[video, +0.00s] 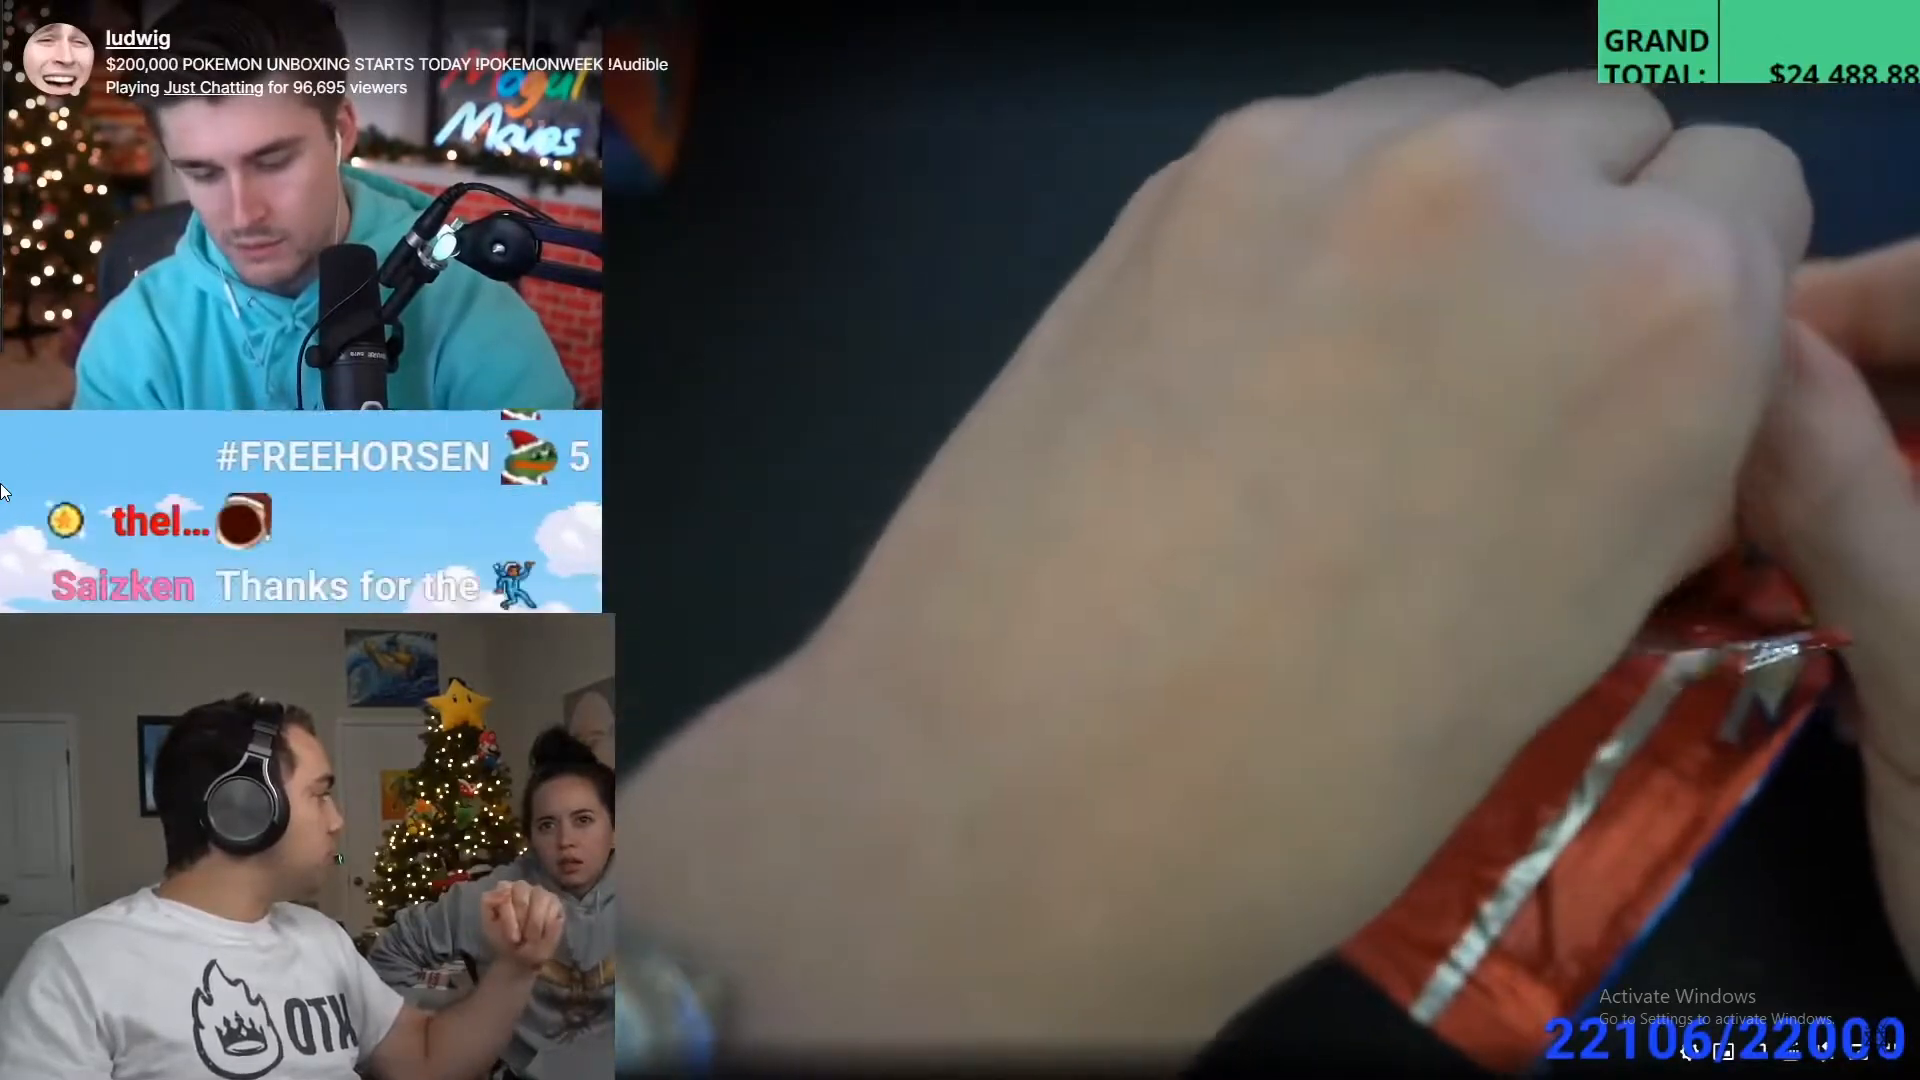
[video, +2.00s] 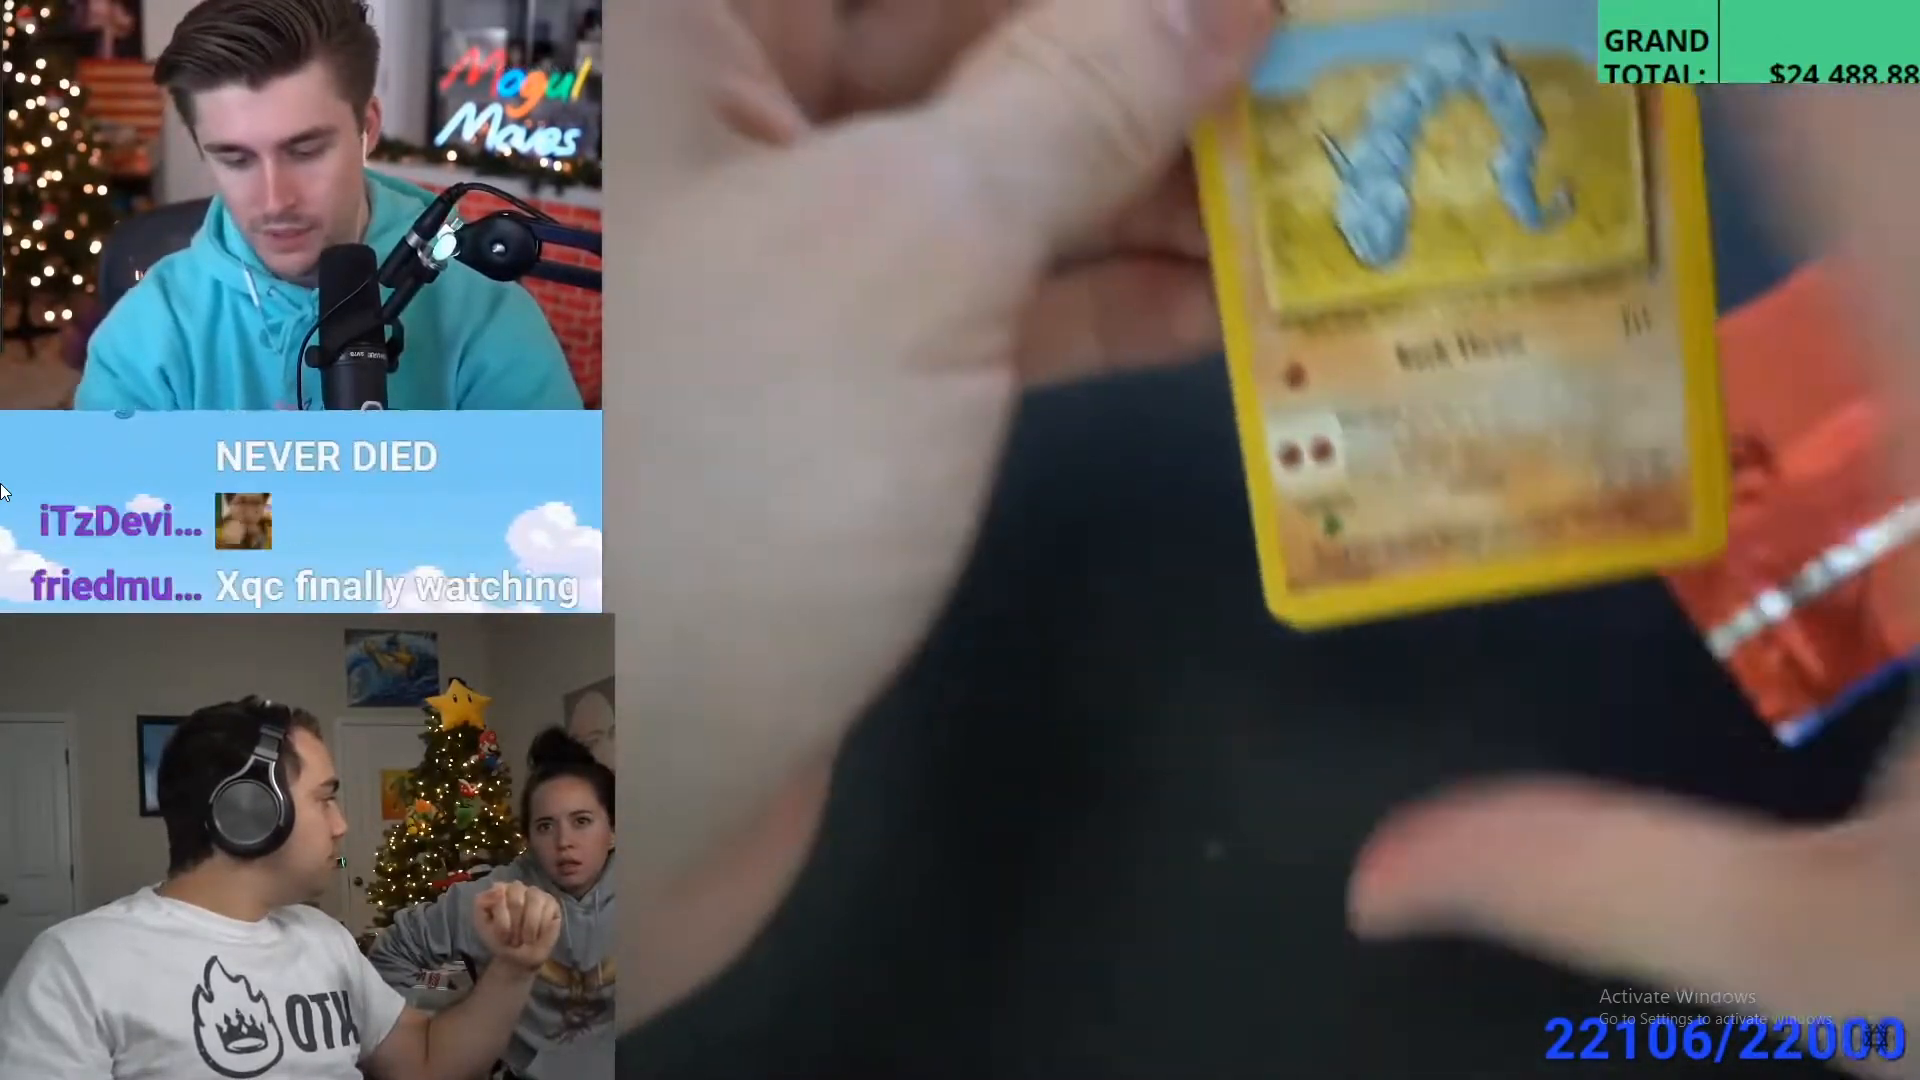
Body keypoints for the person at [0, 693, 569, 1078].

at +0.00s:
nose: (340, 818)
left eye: (332, 794)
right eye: (321, 794)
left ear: (255, 803)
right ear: (241, 805)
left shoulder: (322, 943)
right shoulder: (75, 968)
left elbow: (426, 1057)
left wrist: (514, 967)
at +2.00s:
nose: (344, 824)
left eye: (335, 798)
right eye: (324, 799)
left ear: (259, 808)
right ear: (247, 809)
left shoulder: (325, 943)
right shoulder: (76, 967)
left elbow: (428, 1060)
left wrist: (511, 968)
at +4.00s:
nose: (345, 824)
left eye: (336, 799)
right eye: (325, 800)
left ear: (261, 810)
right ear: (248, 811)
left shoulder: (324, 942)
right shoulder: (75, 967)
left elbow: (428, 1060)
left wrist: (512, 971)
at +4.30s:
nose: (344, 822)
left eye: (335, 798)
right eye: (322, 799)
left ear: (258, 806)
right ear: (242, 808)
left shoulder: (324, 941)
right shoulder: (75, 966)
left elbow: (429, 1060)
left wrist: (513, 971)